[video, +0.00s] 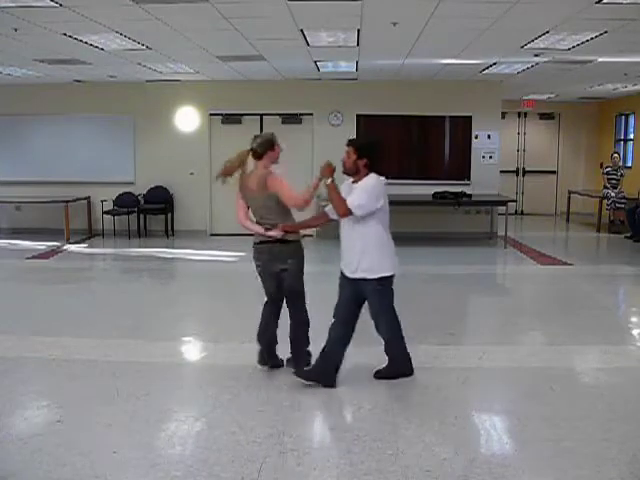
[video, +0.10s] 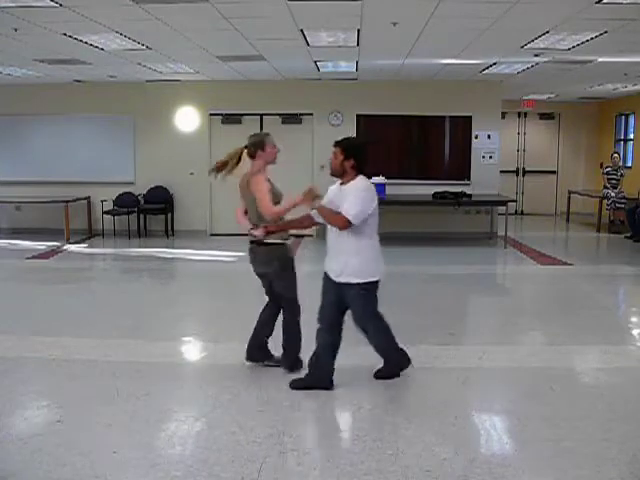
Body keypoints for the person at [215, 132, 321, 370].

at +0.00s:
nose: (279, 152)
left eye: (278, 148)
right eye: (277, 149)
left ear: (257, 153)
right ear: (269, 152)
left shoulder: (244, 180)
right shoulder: (272, 179)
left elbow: (242, 219)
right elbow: (298, 203)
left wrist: (266, 232)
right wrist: (316, 183)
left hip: (263, 247)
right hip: (288, 247)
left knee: (273, 299)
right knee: (296, 304)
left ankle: (266, 352)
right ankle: (301, 358)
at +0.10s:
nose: (277, 150)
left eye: (275, 146)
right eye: (272, 147)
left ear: (257, 153)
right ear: (260, 152)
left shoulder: (247, 179)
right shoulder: (259, 179)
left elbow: (242, 214)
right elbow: (270, 213)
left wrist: (254, 229)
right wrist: (299, 201)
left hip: (259, 249)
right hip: (275, 250)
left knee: (275, 300)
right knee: (291, 305)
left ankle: (256, 348)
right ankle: (291, 357)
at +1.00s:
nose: (267, 157)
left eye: (267, 152)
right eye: (263, 153)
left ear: (230, 157)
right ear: (255, 159)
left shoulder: (217, 178)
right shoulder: (268, 190)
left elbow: (226, 154)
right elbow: (278, 230)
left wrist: (253, 136)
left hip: (217, 267)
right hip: (253, 271)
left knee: (216, 318)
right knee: (250, 329)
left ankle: (212, 377)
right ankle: (239, 389)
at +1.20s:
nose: (242, 159)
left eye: (241, 155)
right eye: (239, 155)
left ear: (216, 159)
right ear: (226, 159)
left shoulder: (203, 180)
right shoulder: (237, 189)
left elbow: (233, 158)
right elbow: (251, 230)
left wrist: (253, 135)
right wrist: (250, 254)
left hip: (204, 266)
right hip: (229, 269)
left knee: (210, 317)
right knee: (237, 327)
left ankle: (195, 363)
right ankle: (238, 388)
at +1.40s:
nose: (228, 158)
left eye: (229, 153)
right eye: (223, 154)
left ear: (219, 157)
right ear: (207, 159)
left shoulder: (210, 179)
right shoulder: (209, 185)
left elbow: (229, 195)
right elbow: (207, 225)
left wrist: (245, 179)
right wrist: (233, 252)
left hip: (203, 263)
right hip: (206, 265)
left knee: (206, 316)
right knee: (215, 320)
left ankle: (194, 362)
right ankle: (205, 379)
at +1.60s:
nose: (224, 161)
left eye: (225, 156)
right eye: (218, 157)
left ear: (226, 158)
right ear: (202, 161)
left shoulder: (228, 187)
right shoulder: (193, 188)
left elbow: (233, 217)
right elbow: (201, 225)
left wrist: (251, 216)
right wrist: (236, 227)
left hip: (217, 264)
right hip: (192, 263)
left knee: (211, 316)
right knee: (191, 311)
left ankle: (196, 362)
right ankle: (170, 349)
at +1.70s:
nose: (227, 162)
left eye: (228, 157)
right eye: (221, 158)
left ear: (229, 159)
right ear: (205, 162)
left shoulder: (232, 187)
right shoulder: (195, 188)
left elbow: (239, 217)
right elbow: (207, 221)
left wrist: (252, 215)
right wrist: (240, 220)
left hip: (220, 265)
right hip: (192, 264)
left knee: (212, 316)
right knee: (190, 311)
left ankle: (196, 362)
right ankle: (196, 342)